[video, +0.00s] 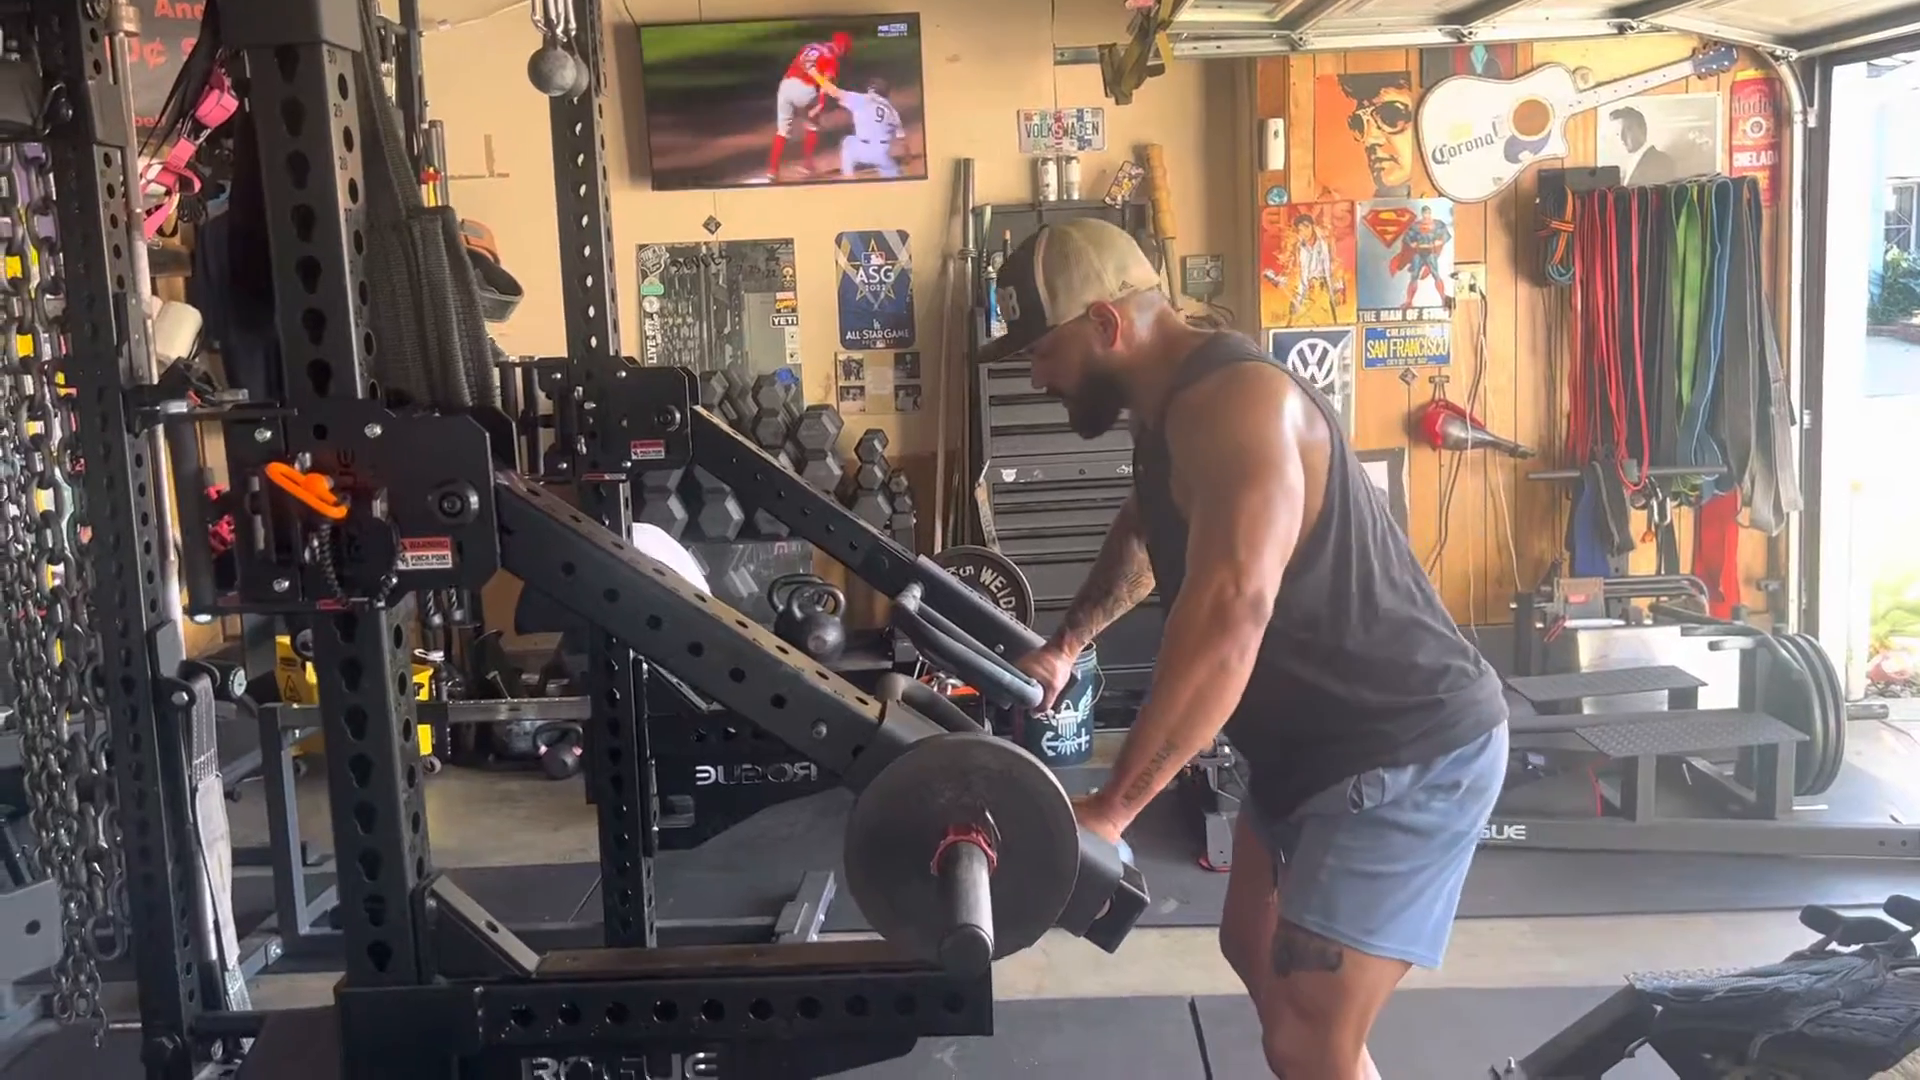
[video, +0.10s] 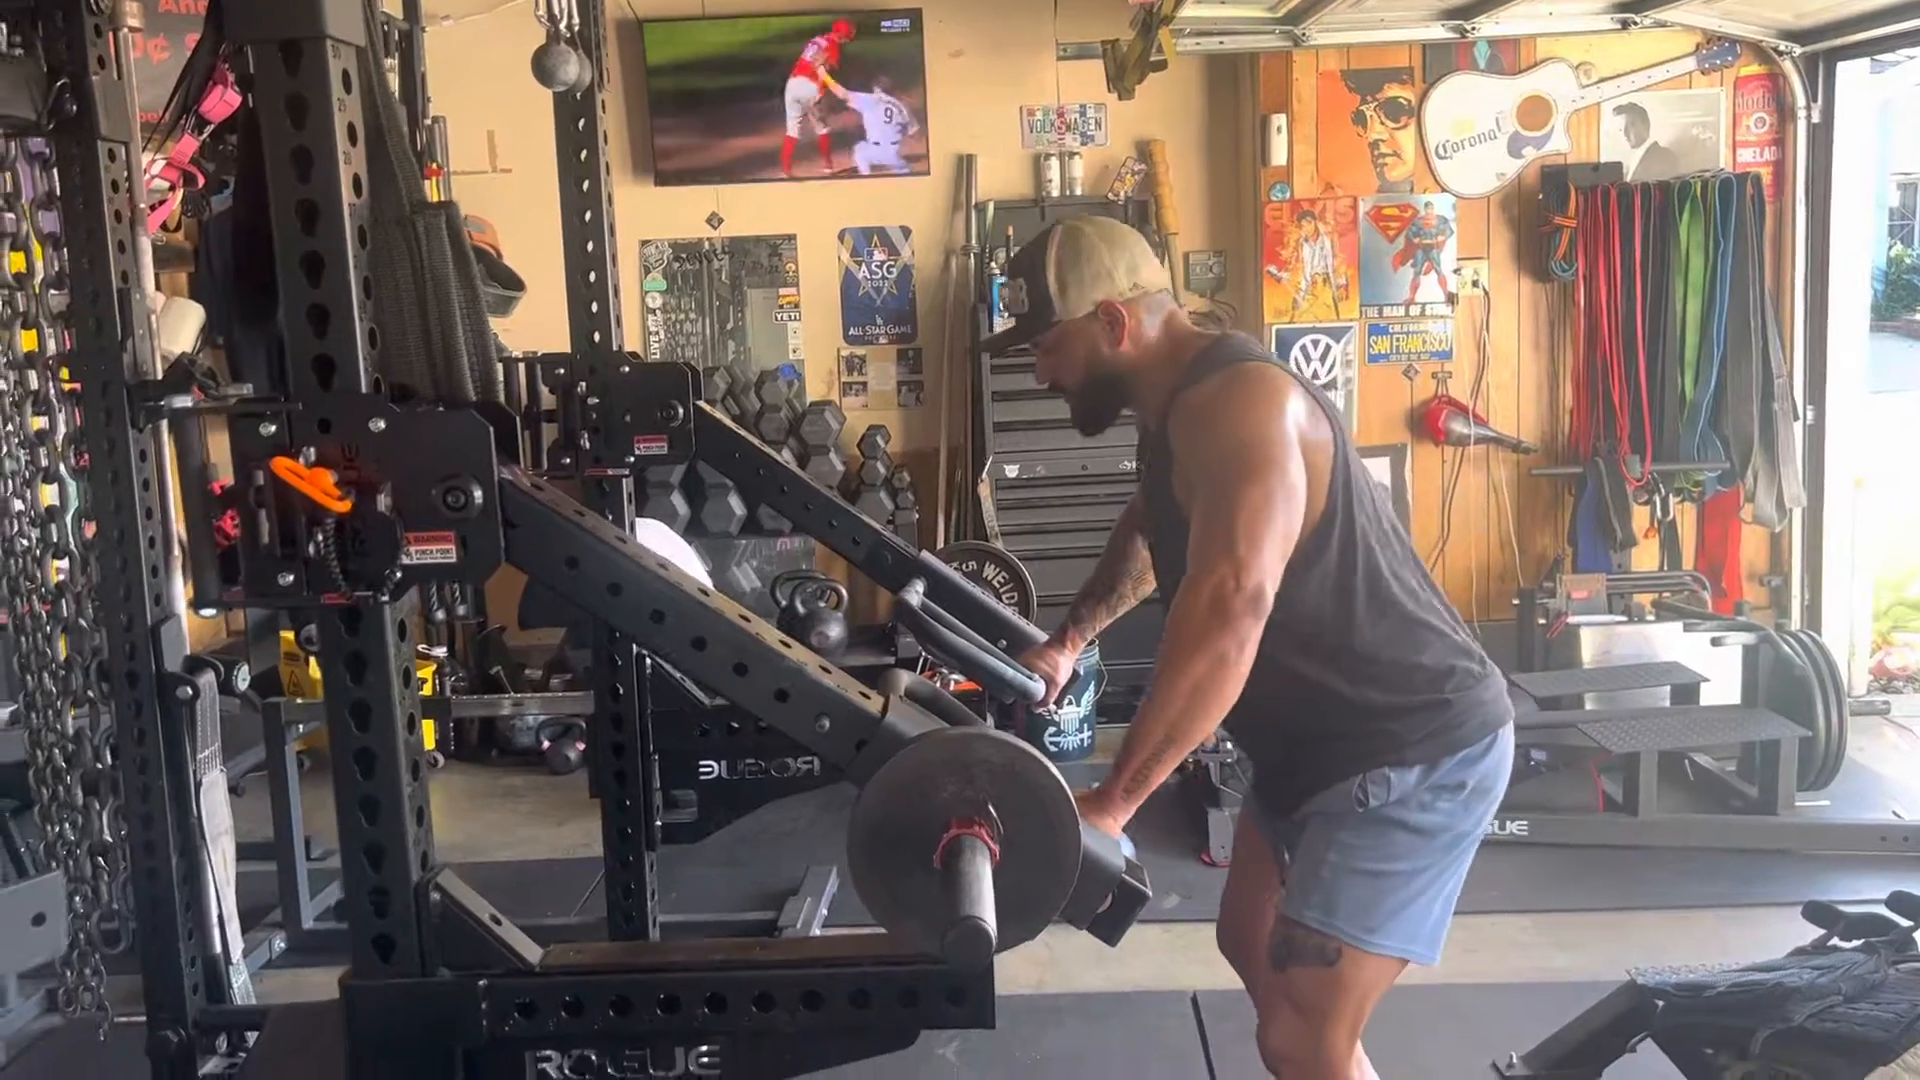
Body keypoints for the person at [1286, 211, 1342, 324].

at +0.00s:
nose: (1303, 233)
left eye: (1306, 228)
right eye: (1300, 230)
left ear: (1312, 227)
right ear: (1297, 232)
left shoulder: (1324, 244)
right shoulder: (1299, 248)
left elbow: (1329, 268)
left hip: (1323, 287)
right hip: (1305, 288)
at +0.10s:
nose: (1306, 229)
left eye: (1308, 225)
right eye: (1302, 226)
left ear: (1314, 223)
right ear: (1300, 228)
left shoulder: (1328, 240)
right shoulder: (1301, 243)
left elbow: (1337, 261)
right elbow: (1294, 266)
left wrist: (1342, 283)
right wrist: (1281, 275)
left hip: (1327, 286)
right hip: (1308, 286)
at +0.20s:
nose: (1309, 224)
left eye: (1311, 219)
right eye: (1306, 220)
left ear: (1317, 217)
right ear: (1304, 222)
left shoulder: (1331, 235)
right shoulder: (1305, 237)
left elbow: (1339, 257)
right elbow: (1299, 260)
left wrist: (1346, 277)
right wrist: (1285, 270)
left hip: (1330, 280)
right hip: (1311, 280)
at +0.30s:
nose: (1312, 213)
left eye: (1314, 208)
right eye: (1309, 210)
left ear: (1321, 207)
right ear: (1306, 212)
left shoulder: (1332, 224)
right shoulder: (1307, 227)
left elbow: (1338, 245)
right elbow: (1300, 249)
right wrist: (1288, 259)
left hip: (1332, 265)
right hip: (1314, 266)